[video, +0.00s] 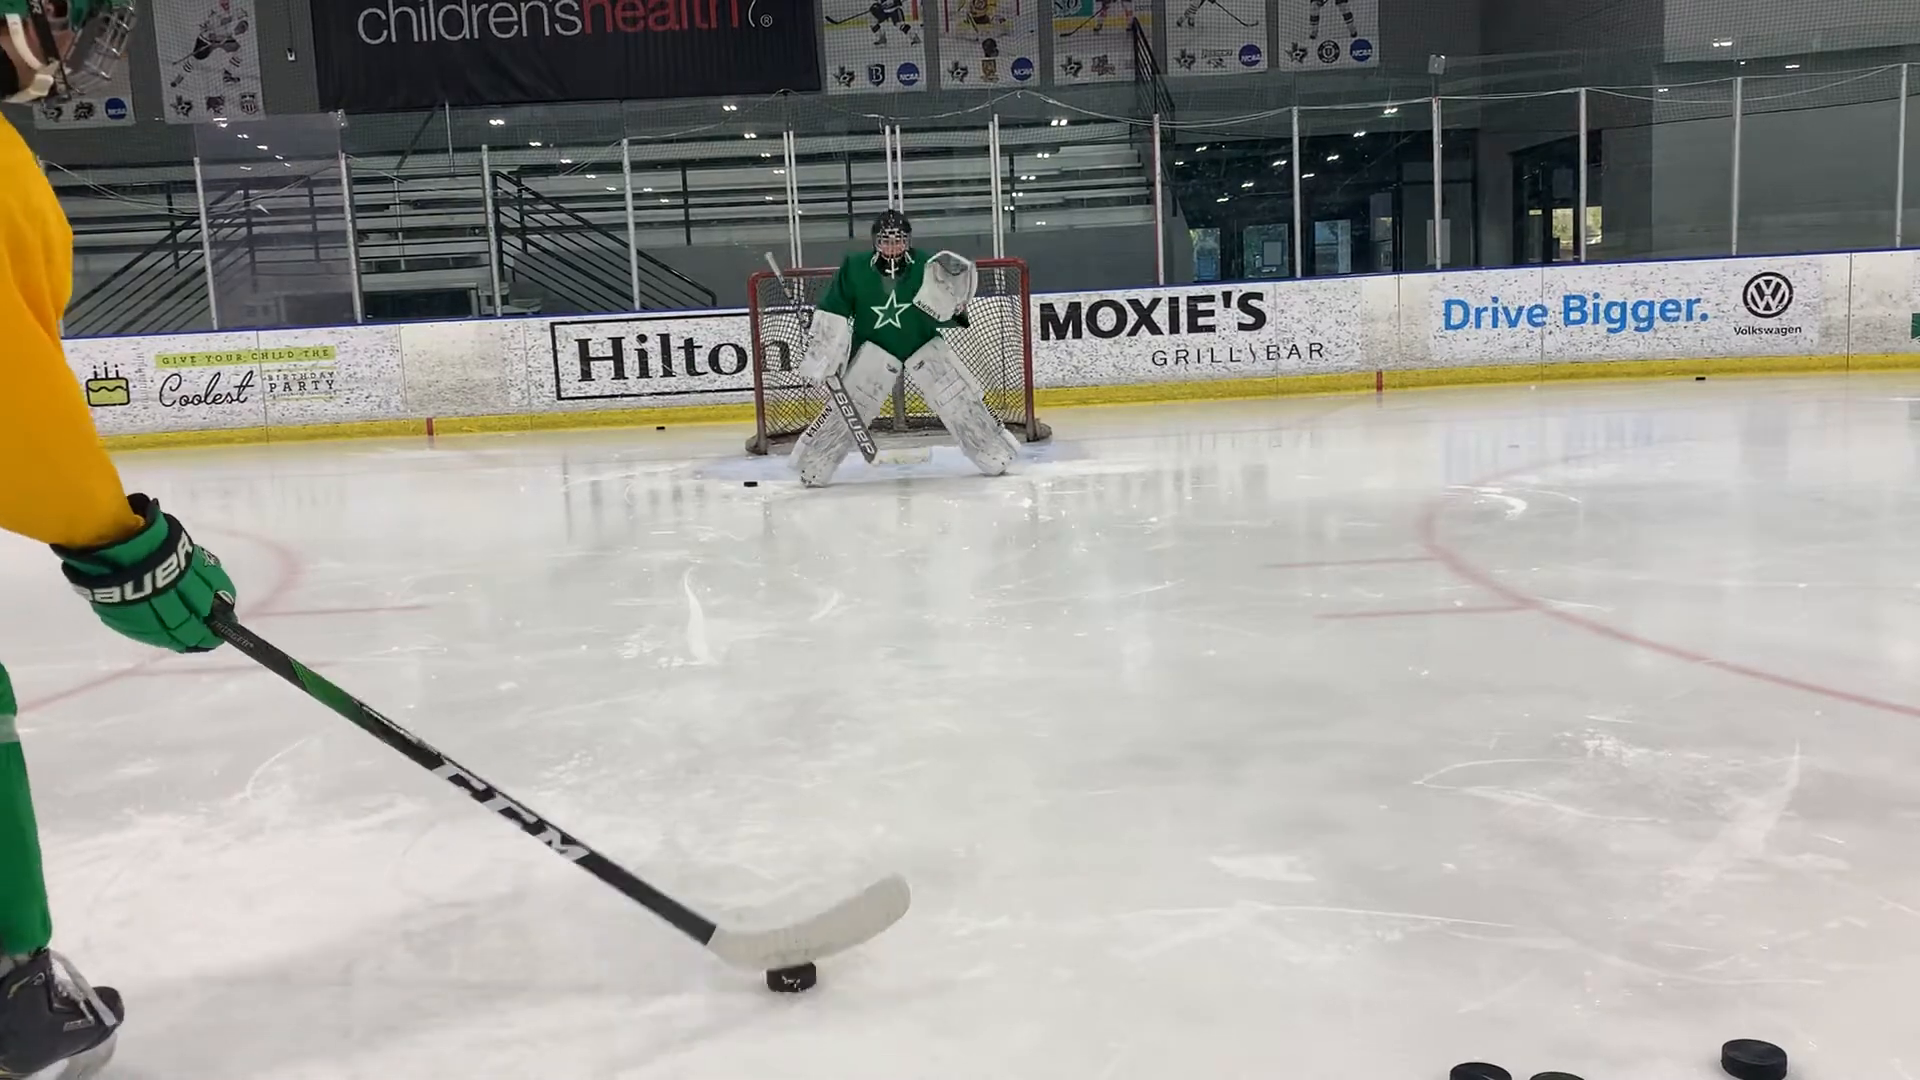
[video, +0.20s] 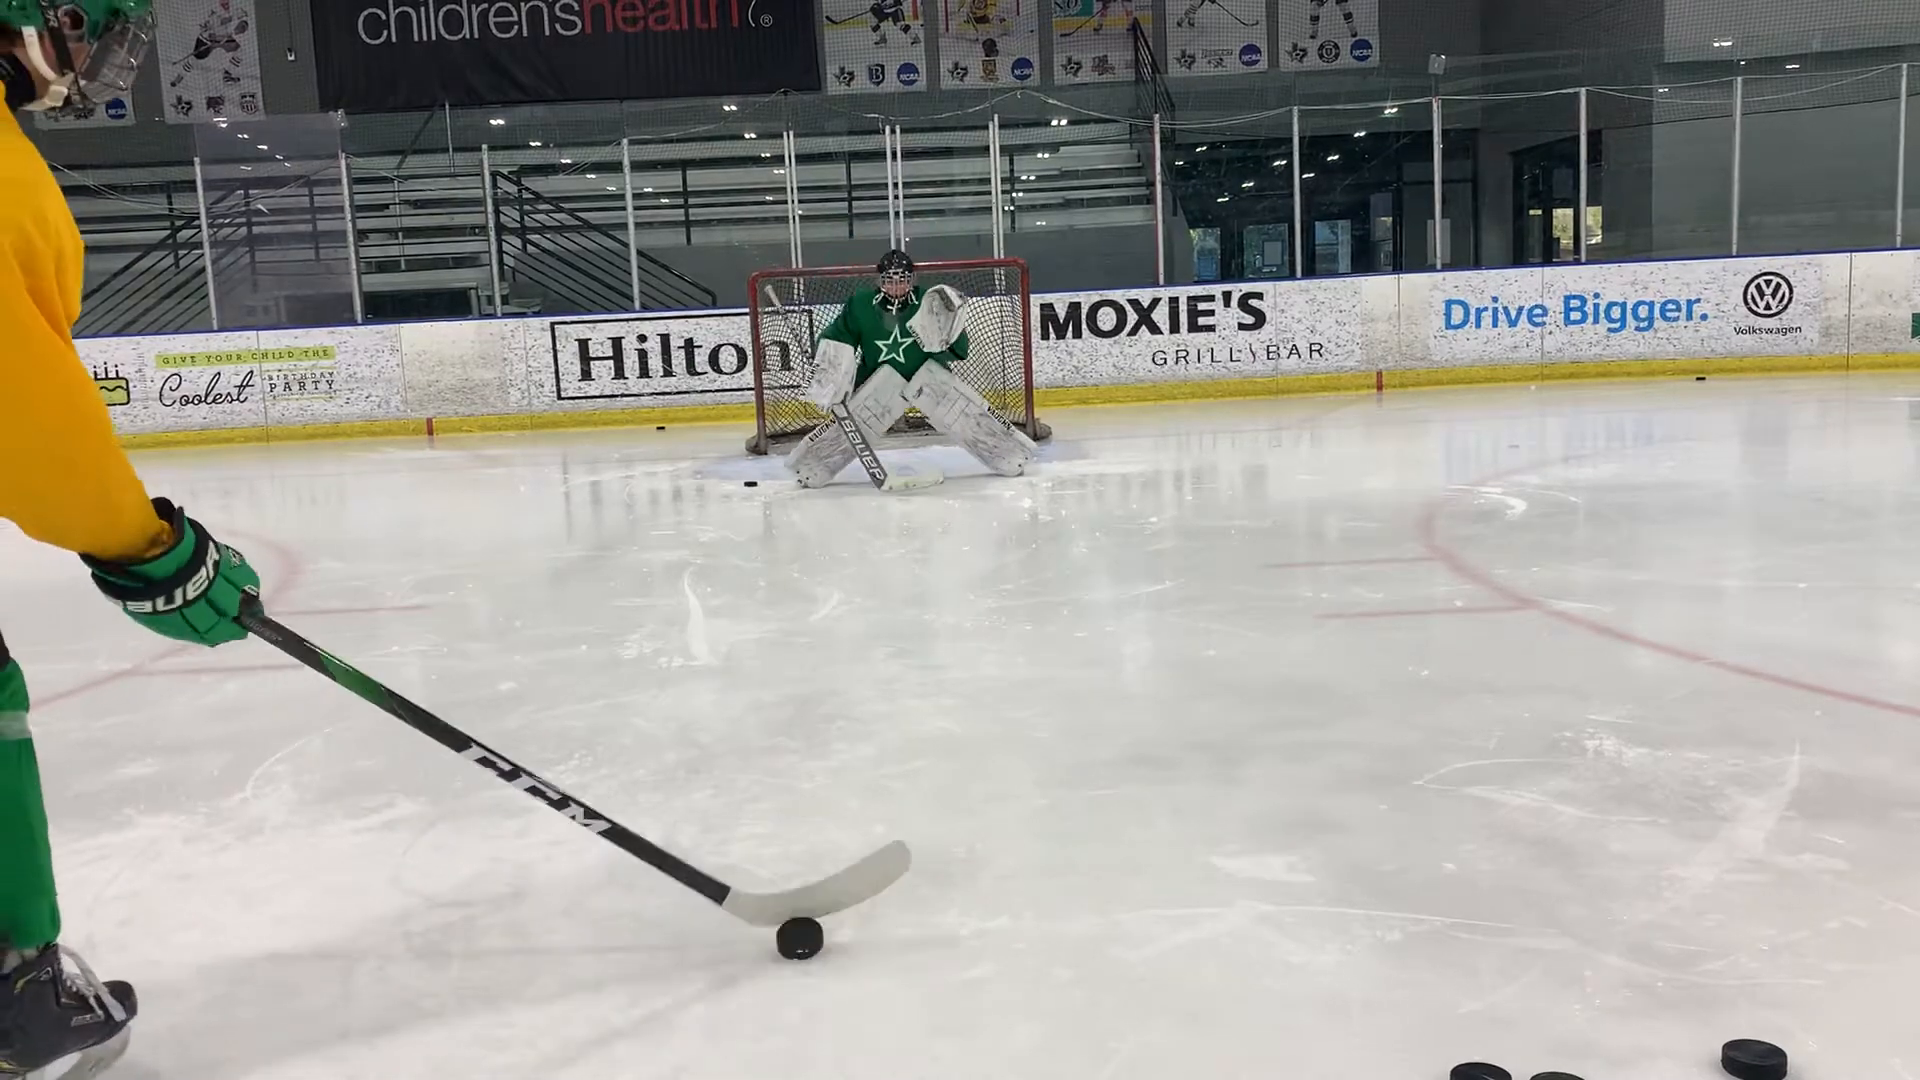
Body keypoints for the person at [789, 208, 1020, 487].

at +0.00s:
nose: (892, 246)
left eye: (898, 239)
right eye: (887, 240)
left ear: (908, 240)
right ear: (875, 241)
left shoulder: (924, 265)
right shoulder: (855, 269)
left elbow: (948, 309)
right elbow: (832, 314)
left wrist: (950, 286)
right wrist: (823, 360)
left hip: (924, 346)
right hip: (874, 350)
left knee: (960, 399)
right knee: (850, 407)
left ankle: (996, 459)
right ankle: (815, 468)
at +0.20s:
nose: (896, 285)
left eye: (902, 278)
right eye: (890, 279)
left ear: (912, 279)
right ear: (881, 280)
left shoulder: (928, 301)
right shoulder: (861, 305)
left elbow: (960, 350)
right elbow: (836, 341)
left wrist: (948, 320)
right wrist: (831, 380)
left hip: (927, 374)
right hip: (880, 380)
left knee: (964, 414)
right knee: (855, 426)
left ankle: (1009, 457)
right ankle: (813, 468)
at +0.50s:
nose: (899, 302)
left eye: (905, 295)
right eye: (893, 295)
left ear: (915, 295)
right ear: (883, 295)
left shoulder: (931, 312)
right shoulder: (864, 315)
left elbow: (962, 365)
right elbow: (837, 351)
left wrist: (949, 335)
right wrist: (833, 387)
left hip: (929, 382)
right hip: (882, 387)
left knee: (966, 415)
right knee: (855, 429)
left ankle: (1010, 455)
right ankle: (813, 468)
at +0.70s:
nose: (899, 303)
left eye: (905, 297)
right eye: (893, 297)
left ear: (915, 296)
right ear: (882, 296)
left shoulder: (932, 313)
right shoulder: (863, 317)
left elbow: (961, 367)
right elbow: (836, 352)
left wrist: (951, 342)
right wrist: (832, 389)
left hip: (930, 386)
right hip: (881, 390)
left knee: (965, 418)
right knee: (855, 429)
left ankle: (1010, 455)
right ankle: (813, 468)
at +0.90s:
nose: (900, 303)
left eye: (905, 296)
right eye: (894, 297)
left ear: (915, 296)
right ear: (883, 297)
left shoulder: (933, 314)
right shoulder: (863, 317)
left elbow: (961, 368)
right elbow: (835, 352)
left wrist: (952, 343)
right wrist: (832, 389)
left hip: (930, 387)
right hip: (881, 391)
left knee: (964, 418)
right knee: (855, 430)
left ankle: (1010, 454)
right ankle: (813, 468)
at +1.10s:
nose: (900, 304)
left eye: (905, 297)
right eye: (894, 297)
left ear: (916, 296)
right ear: (884, 297)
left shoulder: (934, 315)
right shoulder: (864, 317)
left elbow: (962, 371)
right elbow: (835, 352)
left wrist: (956, 341)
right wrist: (832, 390)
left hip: (930, 388)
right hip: (882, 392)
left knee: (965, 418)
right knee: (854, 430)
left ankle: (1008, 453)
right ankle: (814, 467)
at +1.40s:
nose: (902, 305)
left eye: (907, 298)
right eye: (896, 298)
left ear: (918, 298)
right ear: (886, 298)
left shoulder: (936, 317)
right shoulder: (865, 319)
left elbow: (964, 370)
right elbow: (834, 352)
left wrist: (962, 347)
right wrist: (834, 388)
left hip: (931, 402)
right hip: (880, 408)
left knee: (961, 410)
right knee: (853, 437)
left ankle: (1008, 453)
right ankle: (815, 467)